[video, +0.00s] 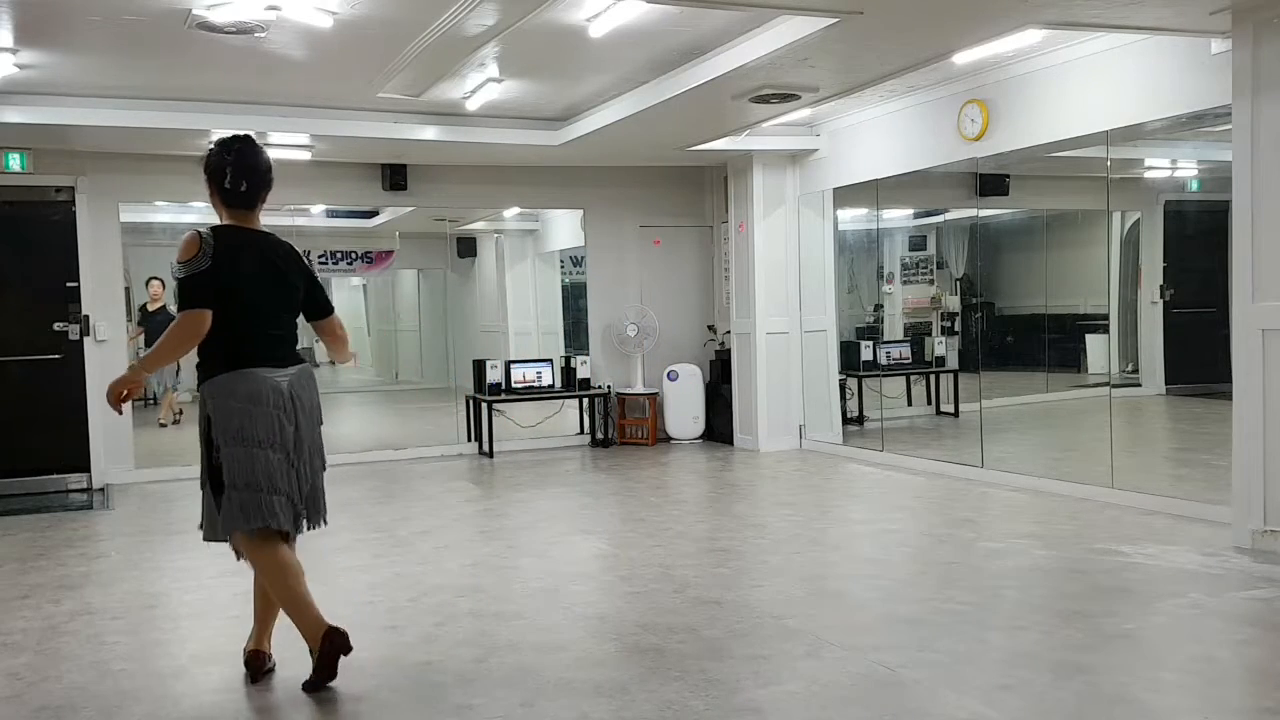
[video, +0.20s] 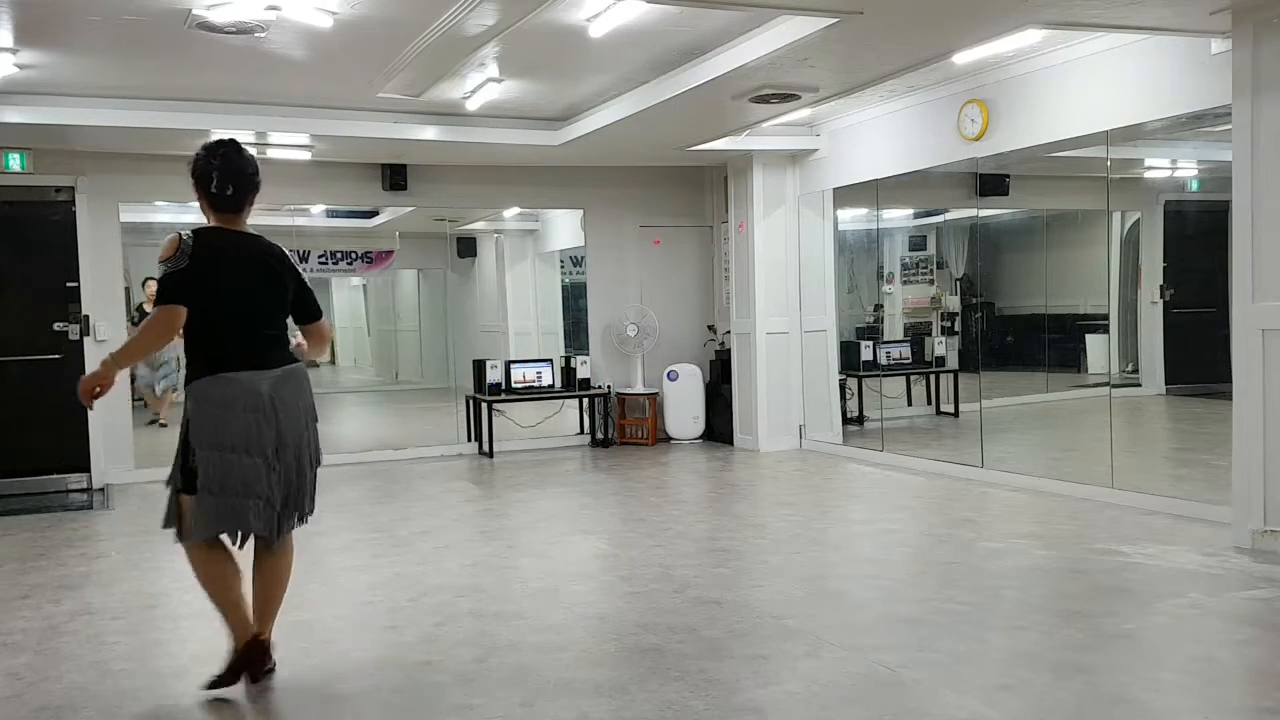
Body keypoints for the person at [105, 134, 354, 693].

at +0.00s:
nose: (206, 192)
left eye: (207, 184)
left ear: (212, 189)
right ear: (266, 190)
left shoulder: (204, 247)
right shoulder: (288, 254)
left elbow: (195, 322)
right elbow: (331, 328)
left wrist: (141, 372)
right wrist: (341, 348)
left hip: (237, 390)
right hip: (296, 385)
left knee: (251, 527)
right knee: (276, 523)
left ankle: (320, 634)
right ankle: (260, 646)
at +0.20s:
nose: (198, 194)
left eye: (196, 186)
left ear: (199, 194)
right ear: (255, 195)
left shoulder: (187, 251)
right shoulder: (276, 257)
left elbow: (168, 323)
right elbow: (319, 335)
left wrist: (111, 366)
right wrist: (307, 347)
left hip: (218, 398)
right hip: (285, 394)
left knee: (196, 527)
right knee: (275, 522)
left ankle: (246, 636)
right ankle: (259, 643)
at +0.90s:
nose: (166, 194)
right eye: (170, 185)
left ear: (115, 190)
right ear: (171, 191)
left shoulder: (89, 250)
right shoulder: (190, 253)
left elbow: (63, 329)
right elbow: (247, 317)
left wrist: (86, 292)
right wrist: (329, 337)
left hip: (106, 395)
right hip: (184, 394)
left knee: (117, 532)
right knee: (195, 510)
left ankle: (133, 670)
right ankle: (210, 624)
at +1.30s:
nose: (162, 197)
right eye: (161, 190)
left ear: (104, 195)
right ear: (161, 194)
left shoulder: (83, 256)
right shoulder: (180, 255)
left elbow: (76, 341)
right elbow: (232, 316)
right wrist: (318, 326)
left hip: (100, 397)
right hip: (174, 397)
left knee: (111, 534)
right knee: (173, 519)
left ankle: (133, 670)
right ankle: (183, 625)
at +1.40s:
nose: (163, 197)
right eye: (166, 189)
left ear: (111, 194)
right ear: (167, 194)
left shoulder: (87, 255)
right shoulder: (185, 256)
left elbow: (64, 338)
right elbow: (238, 315)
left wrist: (92, 328)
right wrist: (321, 325)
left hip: (106, 399)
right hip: (181, 397)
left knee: (117, 536)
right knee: (199, 514)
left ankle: (134, 670)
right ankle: (222, 621)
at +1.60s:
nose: (181, 196)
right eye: (185, 188)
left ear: (132, 192)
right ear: (188, 192)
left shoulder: (109, 253)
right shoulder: (211, 254)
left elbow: (66, 329)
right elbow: (266, 318)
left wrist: (50, 307)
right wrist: (334, 322)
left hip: (133, 401)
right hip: (208, 397)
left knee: (135, 535)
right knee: (244, 521)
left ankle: (135, 670)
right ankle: (280, 638)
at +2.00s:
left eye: (206, 184)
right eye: (246, 183)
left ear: (200, 191)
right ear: (255, 189)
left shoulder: (184, 250)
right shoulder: (282, 250)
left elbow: (150, 323)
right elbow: (347, 315)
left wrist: (96, 319)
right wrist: (366, 315)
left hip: (205, 393)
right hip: (280, 391)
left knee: (173, 519)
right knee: (286, 516)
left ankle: (137, 649)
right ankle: (287, 644)